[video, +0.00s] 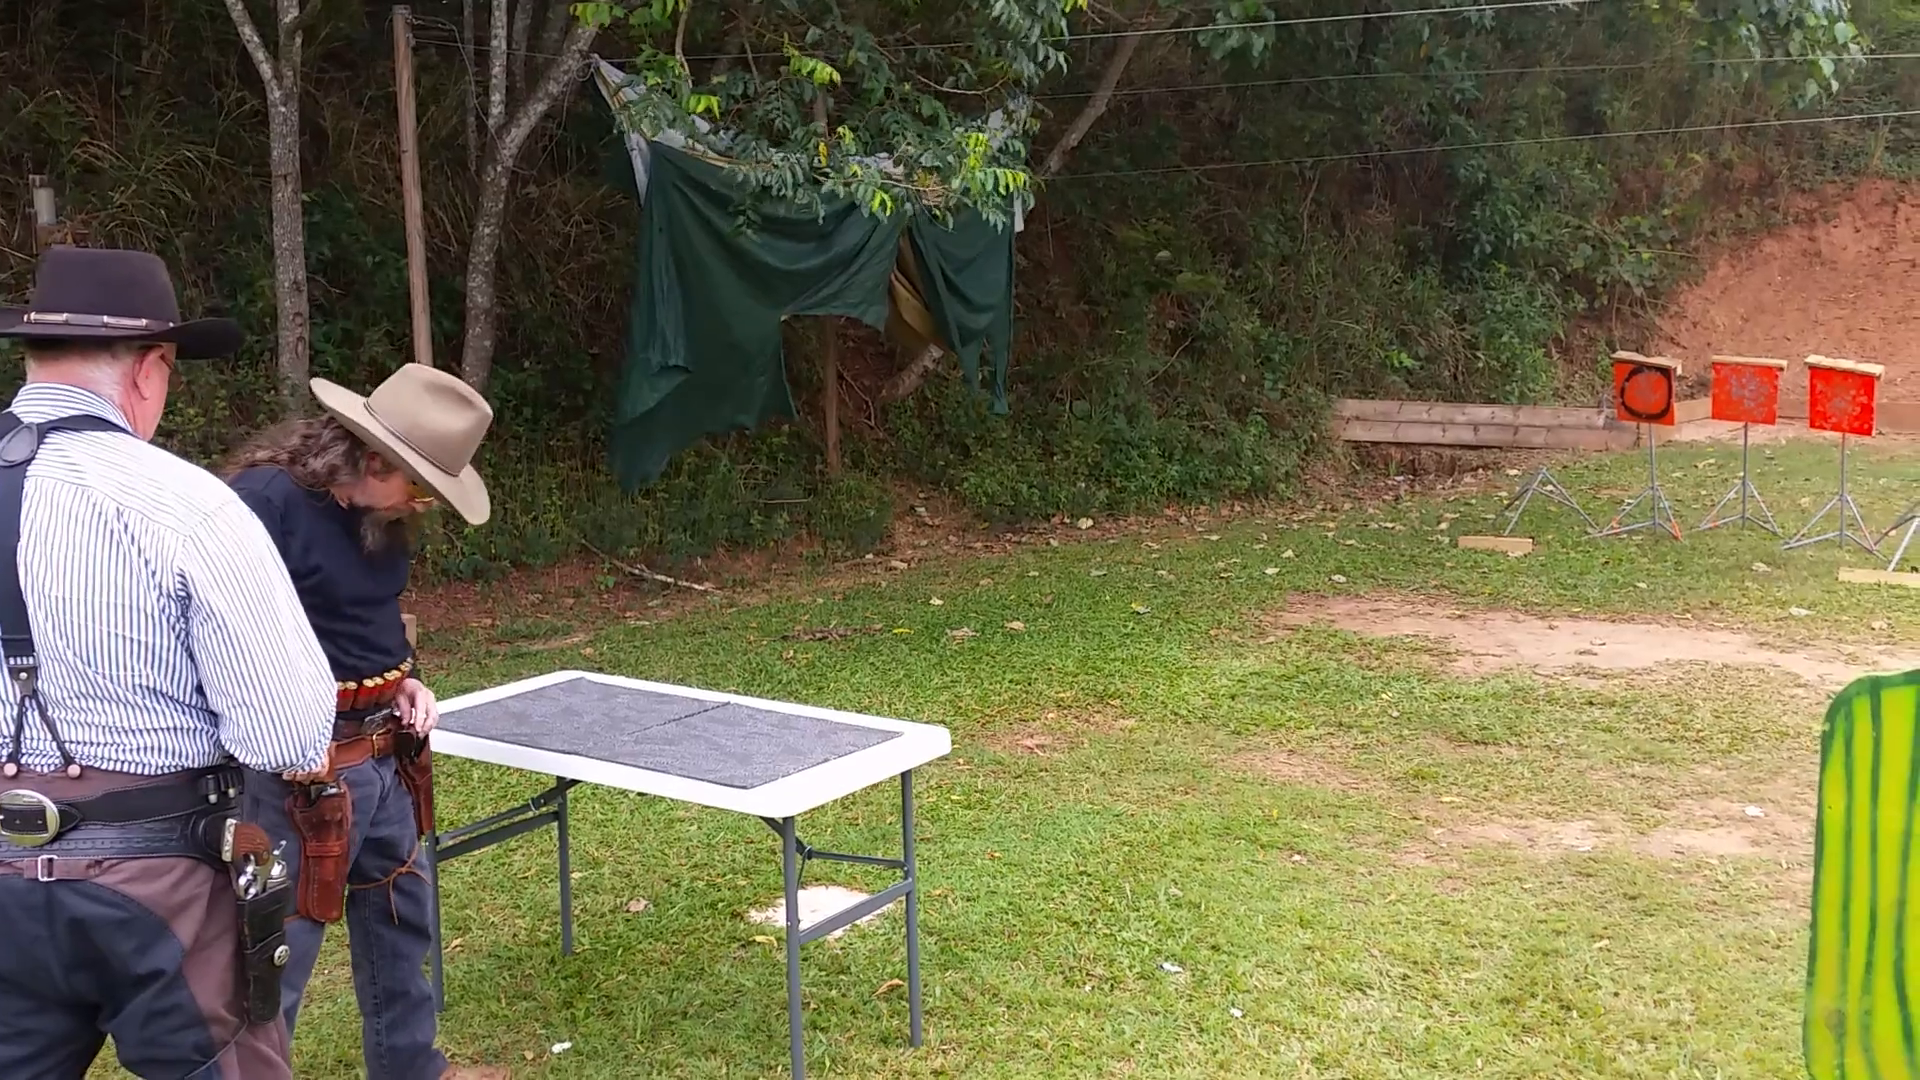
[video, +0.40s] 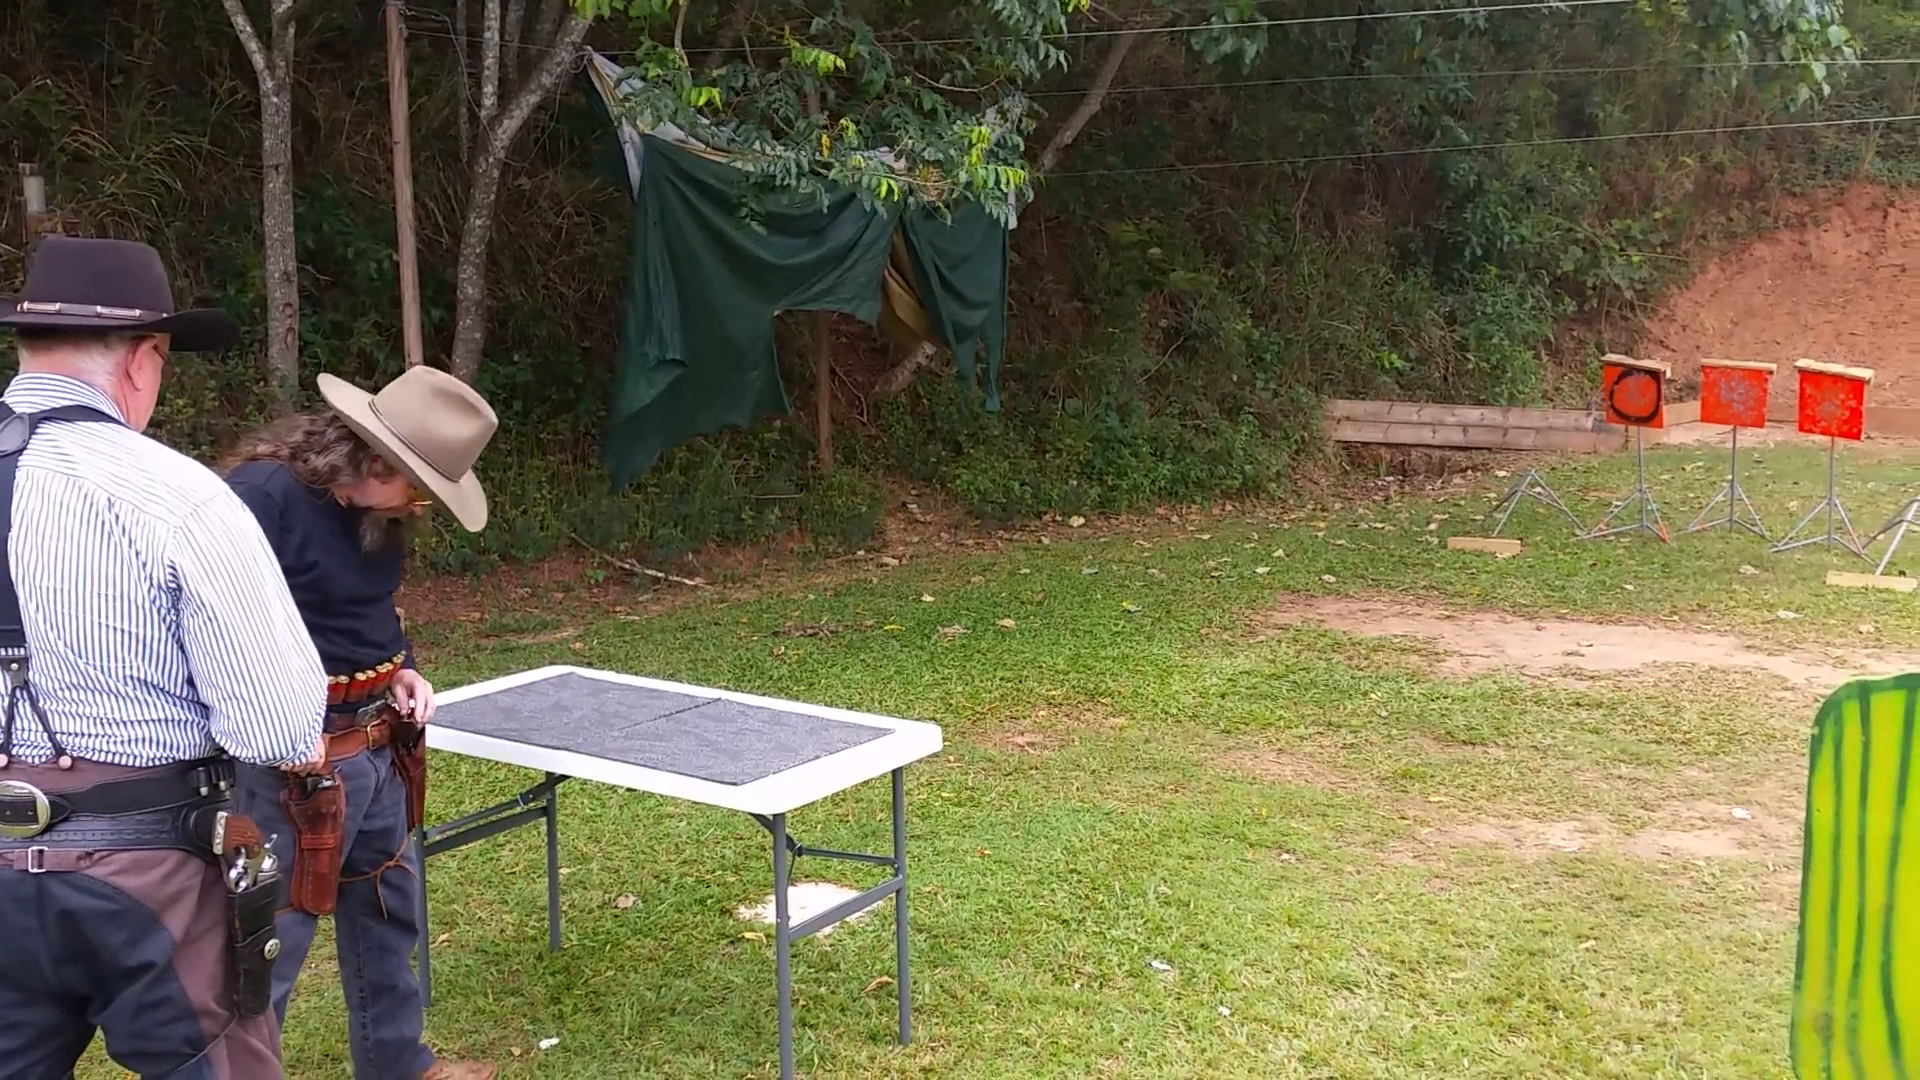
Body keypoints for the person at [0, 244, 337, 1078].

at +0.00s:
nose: (165, 398)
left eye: (171, 377)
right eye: (169, 375)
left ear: (36, 361)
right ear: (145, 374)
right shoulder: (182, 500)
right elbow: (287, 732)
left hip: (6, 857)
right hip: (155, 864)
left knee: (23, 1062)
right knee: (227, 1061)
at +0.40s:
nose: (156, 388)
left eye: (161, 366)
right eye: (160, 365)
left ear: (29, 351)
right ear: (137, 365)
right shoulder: (172, 490)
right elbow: (279, 725)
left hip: (3, 842)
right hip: (141, 850)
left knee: (18, 1061)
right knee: (215, 1060)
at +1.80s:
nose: (131, 322)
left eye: (131, 299)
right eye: (131, 298)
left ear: (1, 293)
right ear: (106, 299)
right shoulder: (150, 425)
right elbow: (321, 617)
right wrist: (298, 515)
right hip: (118, 785)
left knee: (7, 1040)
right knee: (189, 1051)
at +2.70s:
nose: (96, 299)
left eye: (97, 276)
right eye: (97, 276)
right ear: (80, 284)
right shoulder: (128, 417)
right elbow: (301, 559)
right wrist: (285, 482)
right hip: (90, 771)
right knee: (158, 1040)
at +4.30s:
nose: (20, 271)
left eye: (16, 262)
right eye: (18, 261)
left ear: (8, 266)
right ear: (12, 265)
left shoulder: (49, 390)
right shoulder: (46, 391)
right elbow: (172, 607)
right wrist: (197, 521)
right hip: (33, 754)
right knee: (113, 1028)